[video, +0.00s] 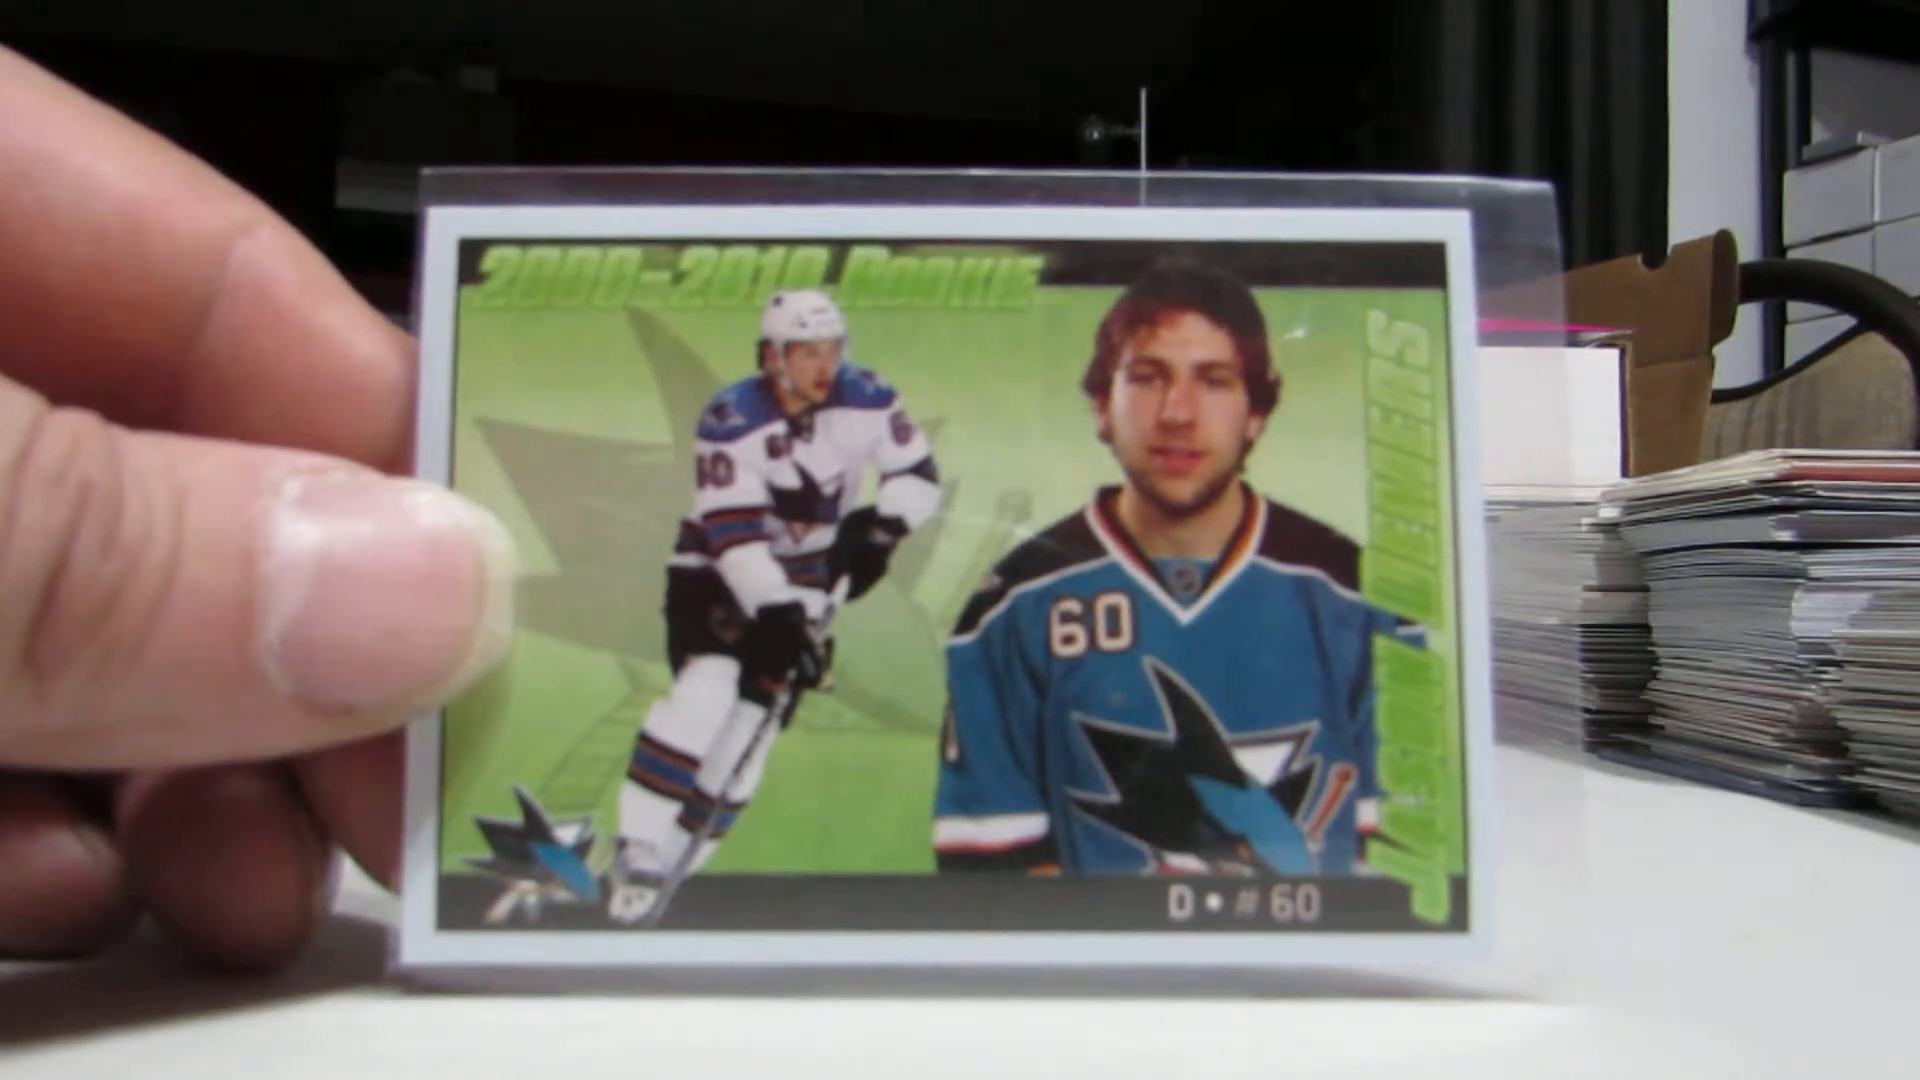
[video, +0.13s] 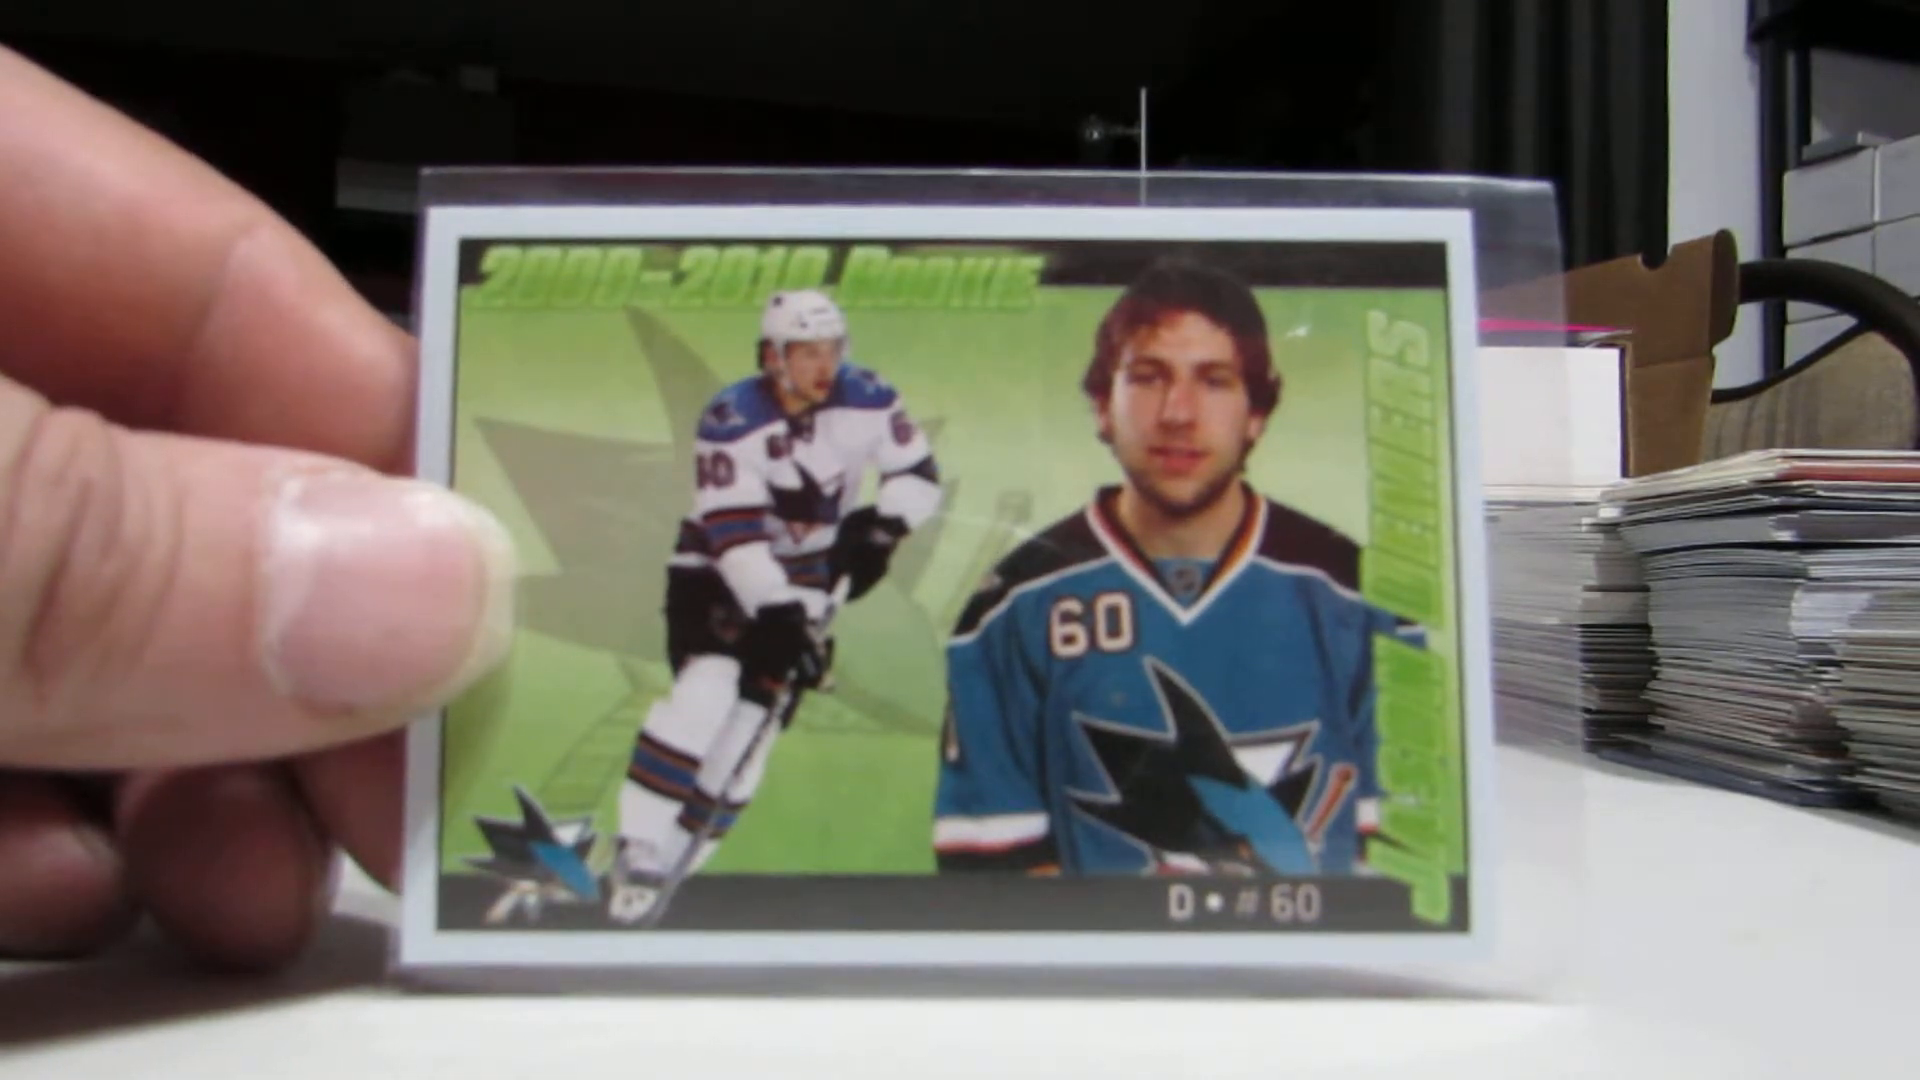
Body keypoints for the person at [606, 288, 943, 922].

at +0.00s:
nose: (825, 366)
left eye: (832, 352)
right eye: (809, 353)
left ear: (843, 352)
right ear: (773, 359)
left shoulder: (868, 401)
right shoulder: (732, 420)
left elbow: (917, 476)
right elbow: (732, 528)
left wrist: (879, 531)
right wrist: (776, 610)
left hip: (807, 580)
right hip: (720, 569)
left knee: (754, 723)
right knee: (709, 686)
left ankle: (678, 862)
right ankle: (640, 850)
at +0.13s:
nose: (825, 366)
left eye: (832, 352)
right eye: (809, 353)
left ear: (843, 352)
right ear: (773, 359)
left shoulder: (868, 401)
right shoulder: (732, 420)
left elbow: (917, 475)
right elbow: (733, 528)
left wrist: (879, 532)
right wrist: (776, 610)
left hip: (807, 579)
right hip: (720, 569)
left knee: (754, 722)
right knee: (709, 686)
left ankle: (679, 861)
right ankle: (640, 850)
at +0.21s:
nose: (825, 366)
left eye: (832, 352)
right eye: (809, 353)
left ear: (843, 352)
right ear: (774, 359)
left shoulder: (868, 401)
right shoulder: (732, 419)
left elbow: (917, 475)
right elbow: (733, 528)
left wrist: (880, 531)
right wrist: (776, 609)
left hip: (807, 579)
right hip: (721, 568)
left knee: (754, 723)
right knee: (709, 685)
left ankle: (677, 862)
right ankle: (641, 850)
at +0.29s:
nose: (825, 366)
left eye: (832, 352)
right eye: (809, 353)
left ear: (843, 352)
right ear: (773, 359)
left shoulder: (868, 401)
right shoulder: (732, 420)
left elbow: (917, 475)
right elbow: (733, 528)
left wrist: (880, 531)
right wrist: (776, 609)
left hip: (807, 578)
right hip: (721, 568)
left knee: (754, 724)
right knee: (709, 685)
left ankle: (677, 863)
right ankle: (640, 850)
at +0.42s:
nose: (825, 366)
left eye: (833, 352)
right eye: (810, 353)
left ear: (843, 352)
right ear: (774, 359)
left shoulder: (868, 402)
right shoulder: (732, 420)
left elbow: (917, 475)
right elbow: (733, 528)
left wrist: (880, 531)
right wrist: (776, 610)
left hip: (807, 578)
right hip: (721, 568)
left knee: (754, 724)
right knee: (709, 685)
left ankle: (677, 863)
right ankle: (641, 850)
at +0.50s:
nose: (825, 366)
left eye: (833, 352)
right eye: (810, 353)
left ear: (843, 352)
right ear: (773, 359)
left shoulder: (868, 401)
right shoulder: (732, 420)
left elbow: (917, 474)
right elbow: (733, 528)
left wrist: (880, 531)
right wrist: (776, 610)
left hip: (807, 578)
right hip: (721, 568)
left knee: (754, 724)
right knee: (709, 685)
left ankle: (677, 863)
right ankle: (641, 850)